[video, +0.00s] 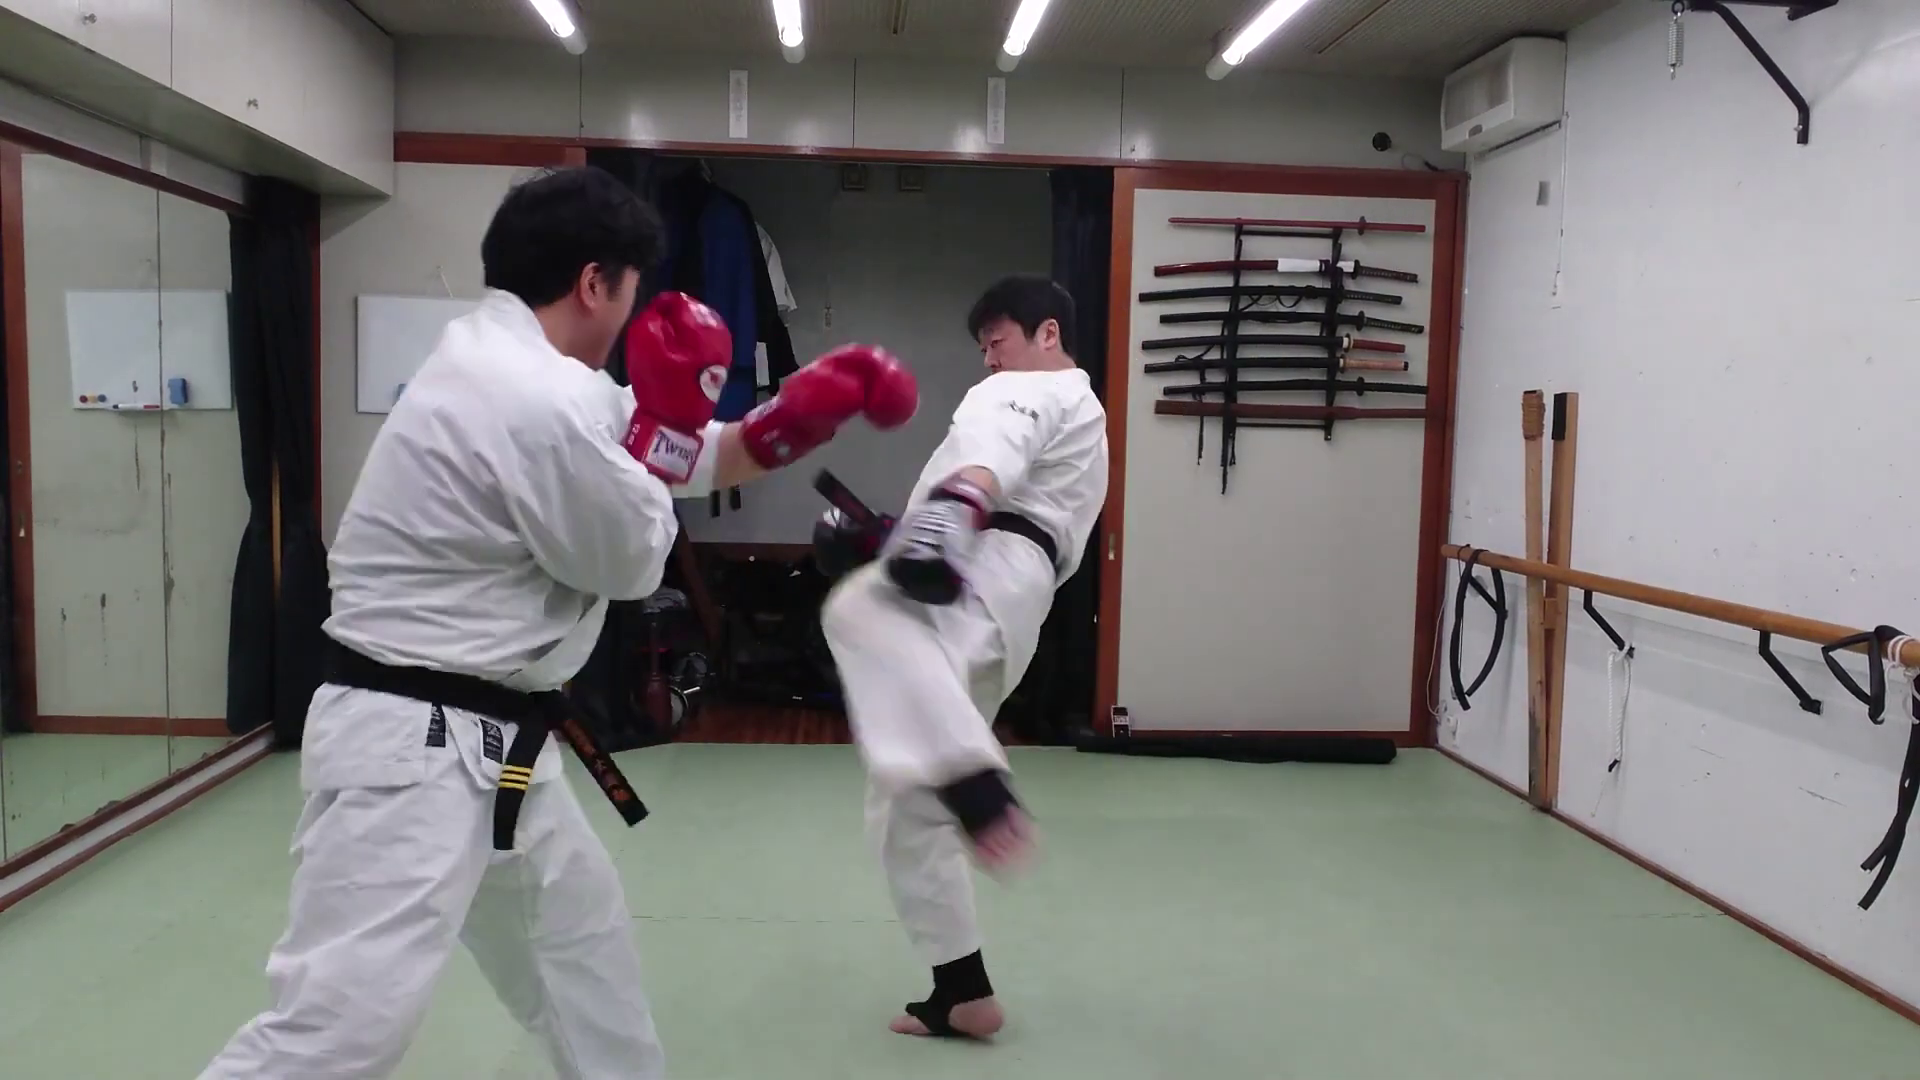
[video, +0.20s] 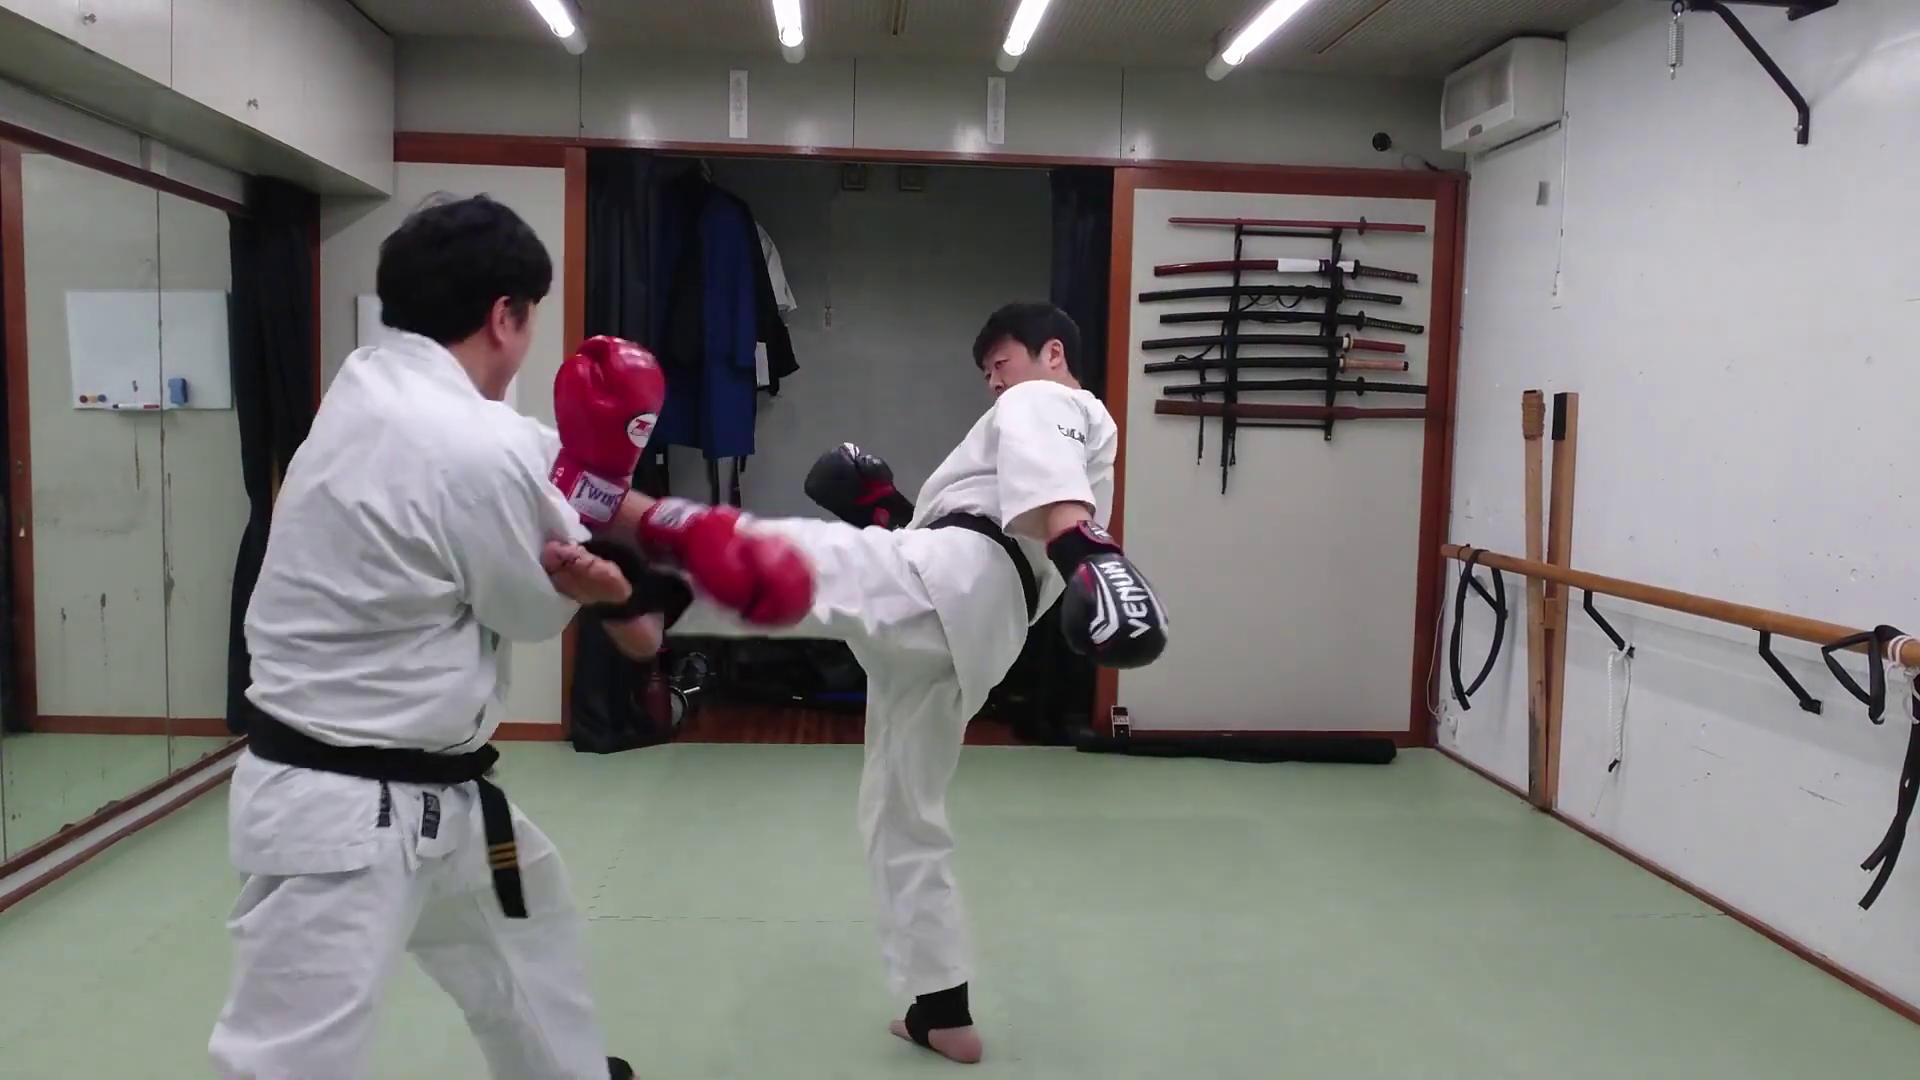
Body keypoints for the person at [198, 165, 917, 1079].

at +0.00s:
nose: (633, 315)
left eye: (640, 294)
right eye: (634, 292)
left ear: (539, 274)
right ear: (593, 283)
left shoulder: (489, 357)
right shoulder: (538, 397)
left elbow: (652, 461)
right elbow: (631, 560)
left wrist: (771, 436)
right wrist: (658, 416)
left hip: (493, 729)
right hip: (413, 732)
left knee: (584, 951)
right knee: (336, 1028)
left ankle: (625, 1070)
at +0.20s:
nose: (530, 339)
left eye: (532, 316)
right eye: (531, 315)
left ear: (409, 300)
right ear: (500, 316)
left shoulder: (372, 383)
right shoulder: (479, 446)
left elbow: (542, 470)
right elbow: (532, 609)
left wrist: (644, 521)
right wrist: (621, 603)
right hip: (350, 799)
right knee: (287, 1060)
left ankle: (569, 1070)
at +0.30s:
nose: (526, 357)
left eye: (528, 331)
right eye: (526, 330)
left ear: (412, 320)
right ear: (492, 328)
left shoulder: (377, 409)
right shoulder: (452, 444)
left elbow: (463, 555)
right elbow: (526, 630)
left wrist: (567, 658)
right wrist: (573, 508)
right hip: (335, 795)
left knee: (506, 879)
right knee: (286, 1060)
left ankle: (523, 1065)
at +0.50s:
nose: (586, 362)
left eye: (587, 346)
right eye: (582, 343)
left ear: (472, 332)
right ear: (542, 332)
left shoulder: (386, 423)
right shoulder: (547, 398)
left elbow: (351, 545)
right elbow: (725, 446)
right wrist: (737, 398)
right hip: (393, 740)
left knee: (478, 893)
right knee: (280, 1027)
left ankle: (496, 1058)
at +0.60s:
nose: (606, 354)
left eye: (605, 338)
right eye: (599, 336)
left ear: (488, 329)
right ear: (557, 327)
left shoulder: (401, 415)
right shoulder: (576, 393)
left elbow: (363, 562)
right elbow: (732, 392)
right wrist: (835, 366)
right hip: (422, 725)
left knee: (489, 896)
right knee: (324, 1010)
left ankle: (494, 1058)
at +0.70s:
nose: (610, 344)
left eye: (612, 328)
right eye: (606, 325)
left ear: (501, 311)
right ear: (557, 311)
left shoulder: (429, 405)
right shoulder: (577, 371)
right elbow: (756, 417)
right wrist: (729, 379)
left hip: (374, 706)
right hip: (467, 718)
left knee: (463, 937)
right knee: (443, 988)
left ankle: (498, 1055)